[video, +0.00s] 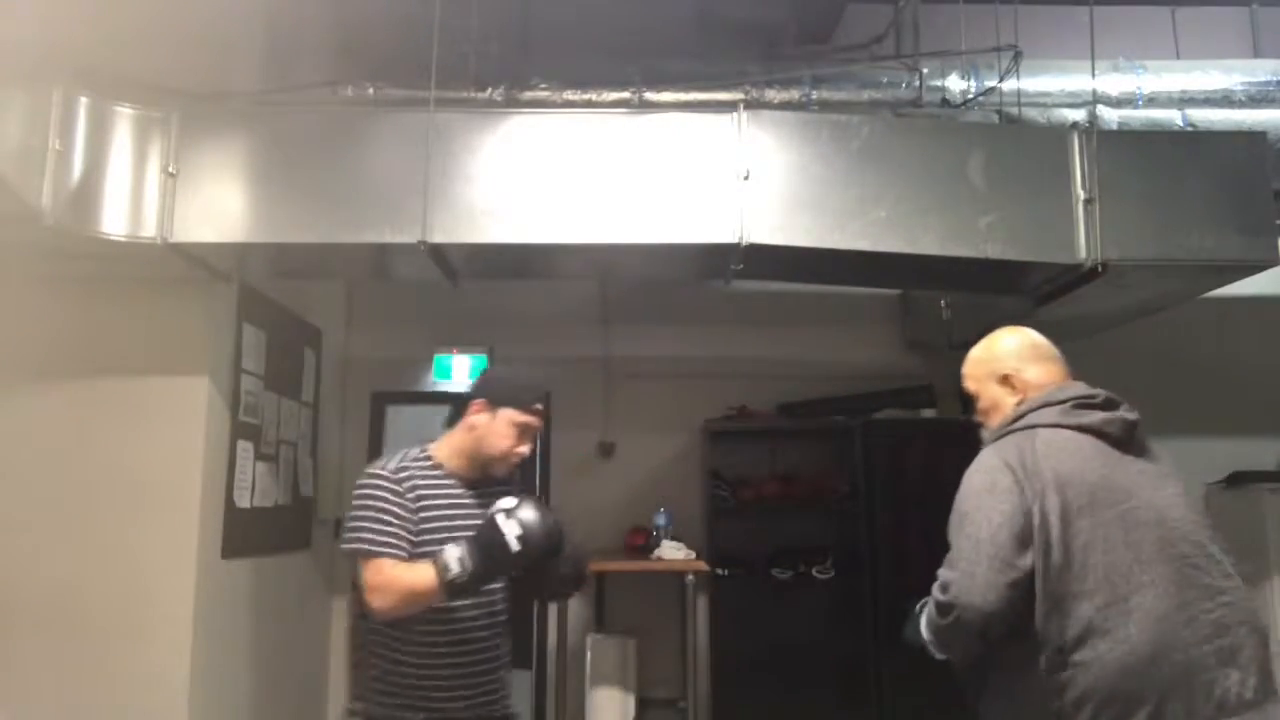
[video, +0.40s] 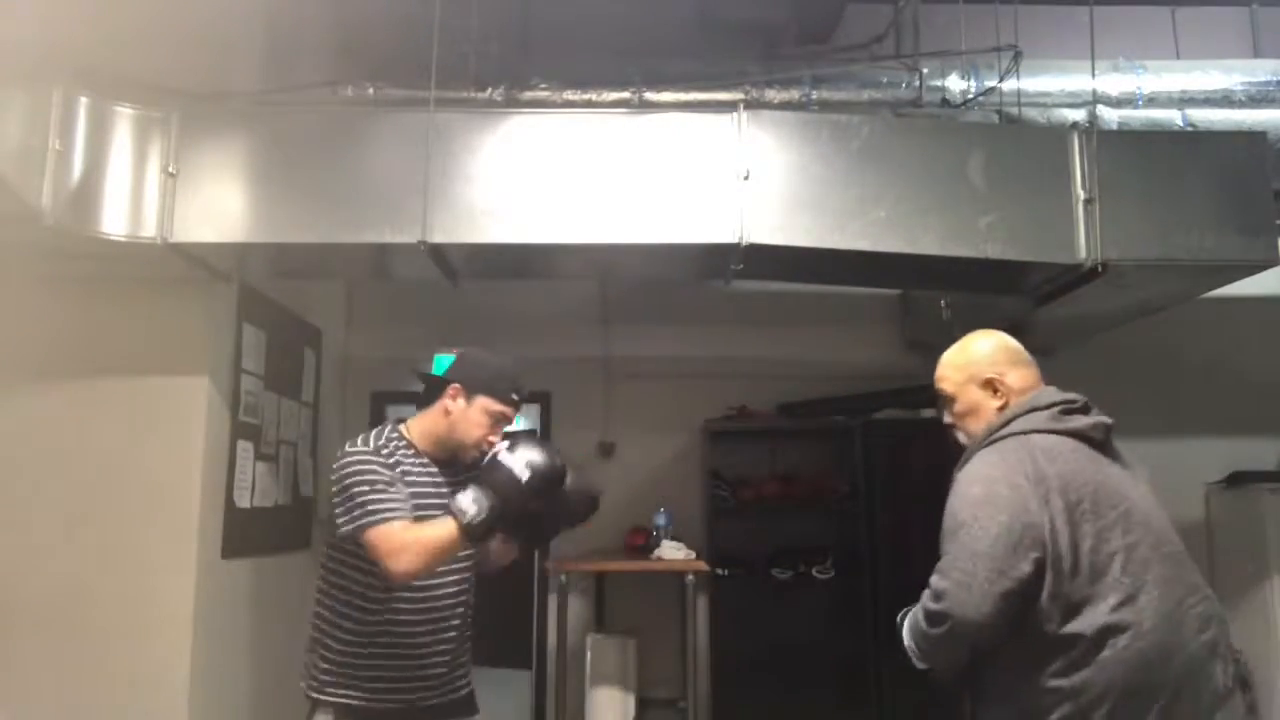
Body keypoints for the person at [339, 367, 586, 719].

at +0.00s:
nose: (527, 451)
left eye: (533, 440)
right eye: (520, 432)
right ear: (477, 412)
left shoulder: (497, 492)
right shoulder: (390, 480)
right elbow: (382, 594)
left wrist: (548, 573)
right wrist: (477, 556)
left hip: (488, 704)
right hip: (405, 707)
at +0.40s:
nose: (498, 440)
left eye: (504, 427)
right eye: (495, 420)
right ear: (453, 399)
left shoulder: (458, 470)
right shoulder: (365, 459)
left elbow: (481, 559)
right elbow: (400, 559)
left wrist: (532, 523)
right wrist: (483, 500)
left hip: (449, 699)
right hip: (360, 703)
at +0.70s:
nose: (519, 439)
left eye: (526, 427)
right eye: (515, 419)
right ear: (474, 399)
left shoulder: (479, 470)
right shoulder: (385, 457)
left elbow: (509, 562)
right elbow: (408, 560)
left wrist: (551, 508)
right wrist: (497, 505)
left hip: (461, 700)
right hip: (375, 704)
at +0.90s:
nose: (484, 435)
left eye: (490, 421)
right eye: (480, 415)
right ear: (435, 395)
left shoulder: (442, 471)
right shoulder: (343, 458)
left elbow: (457, 569)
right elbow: (374, 564)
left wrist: (518, 547)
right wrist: (463, 501)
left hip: (441, 703)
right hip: (351, 706)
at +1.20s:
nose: (456, 419)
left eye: (461, 404)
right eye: (448, 398)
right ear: (400, 389)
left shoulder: (428, 472)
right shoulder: (318, 464)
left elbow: (446, 561)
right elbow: (338, 580)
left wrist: (504, 535)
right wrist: (434, 523)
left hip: (422, 701)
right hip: (328, 708)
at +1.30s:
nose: (456, 419)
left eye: (459, 404)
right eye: (445, 400)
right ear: (397, 396)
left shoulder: (434, 474)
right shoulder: (321, 473)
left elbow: (442, 573)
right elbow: (350, 592)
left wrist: (500, 531)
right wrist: (447, 537)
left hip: (421, 703)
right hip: (328, 709)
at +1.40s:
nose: (459, 435)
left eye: (461, 421)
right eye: (446, 417)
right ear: (395, 418)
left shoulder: (434, 487)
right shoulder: (328, 492)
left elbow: (443, 597)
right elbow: (377, 605)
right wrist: (472, 554)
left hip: (425, 707)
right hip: (331, 710)